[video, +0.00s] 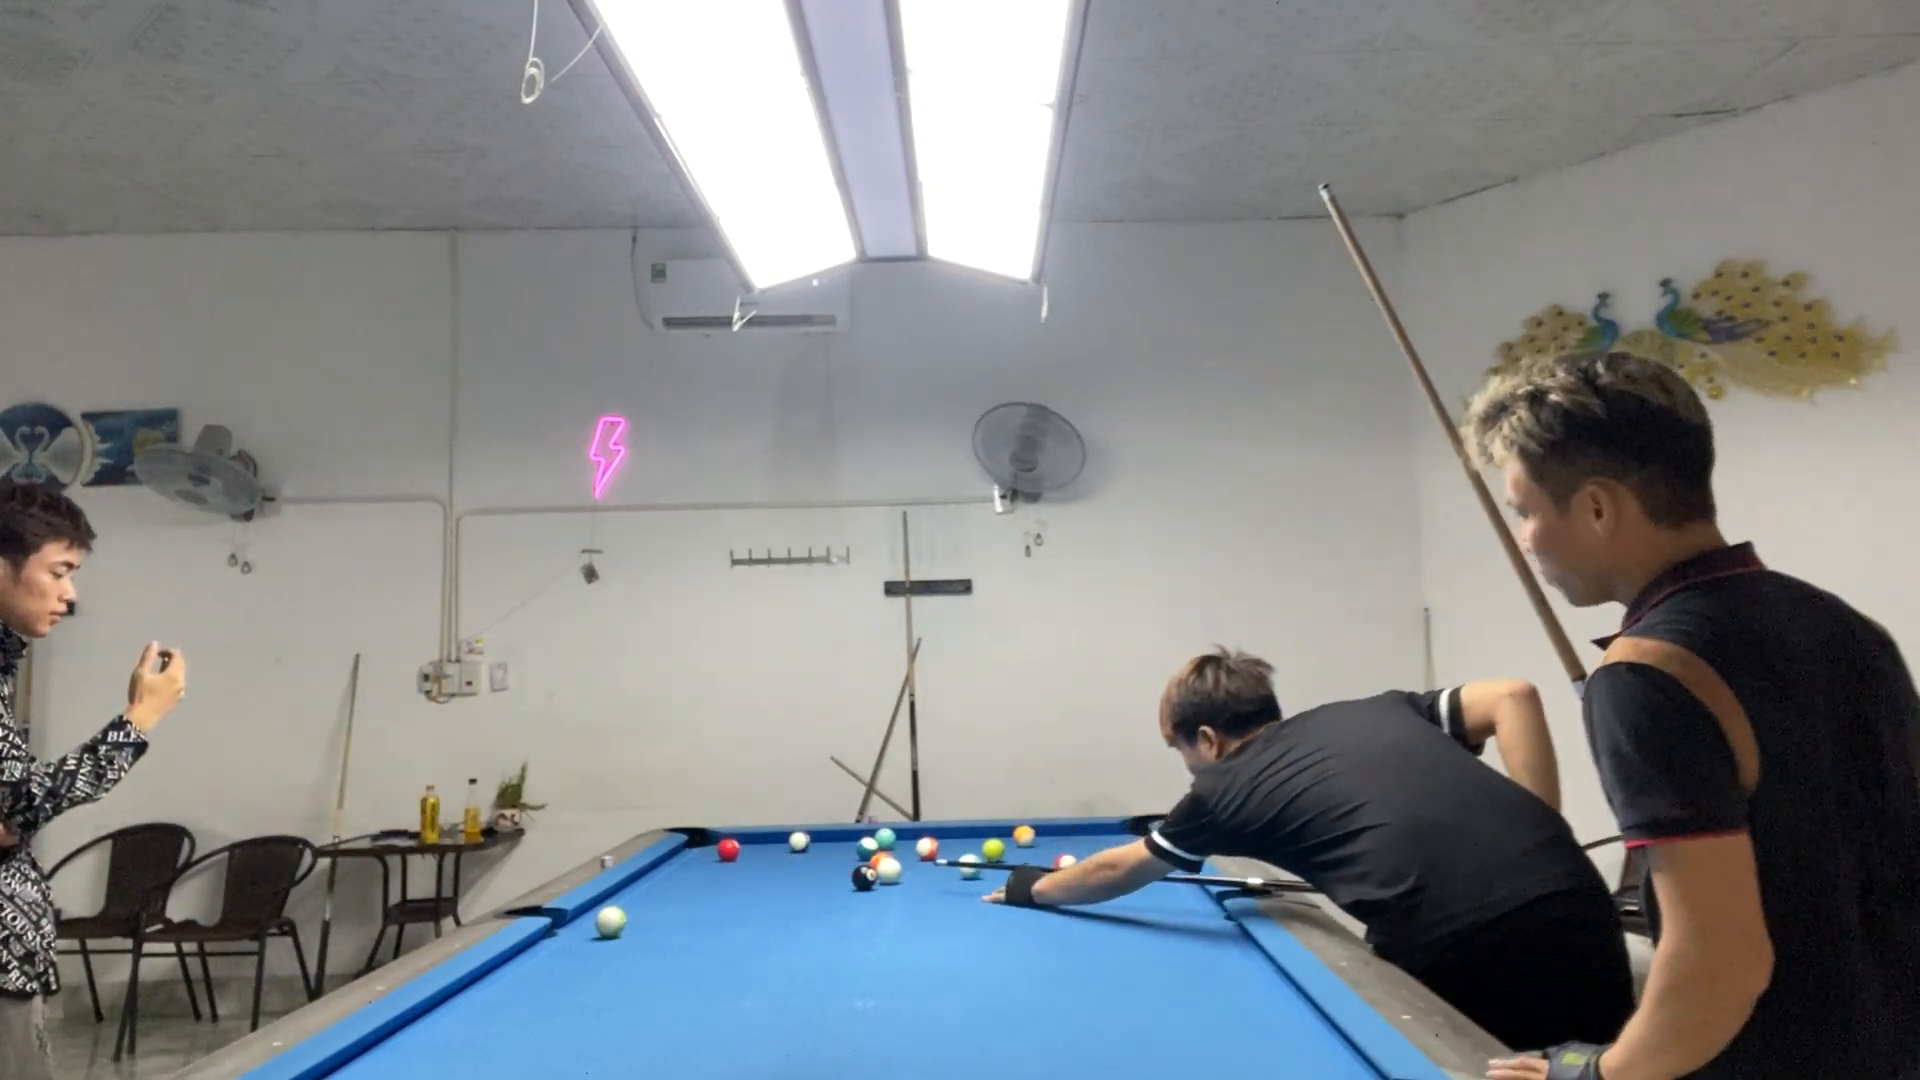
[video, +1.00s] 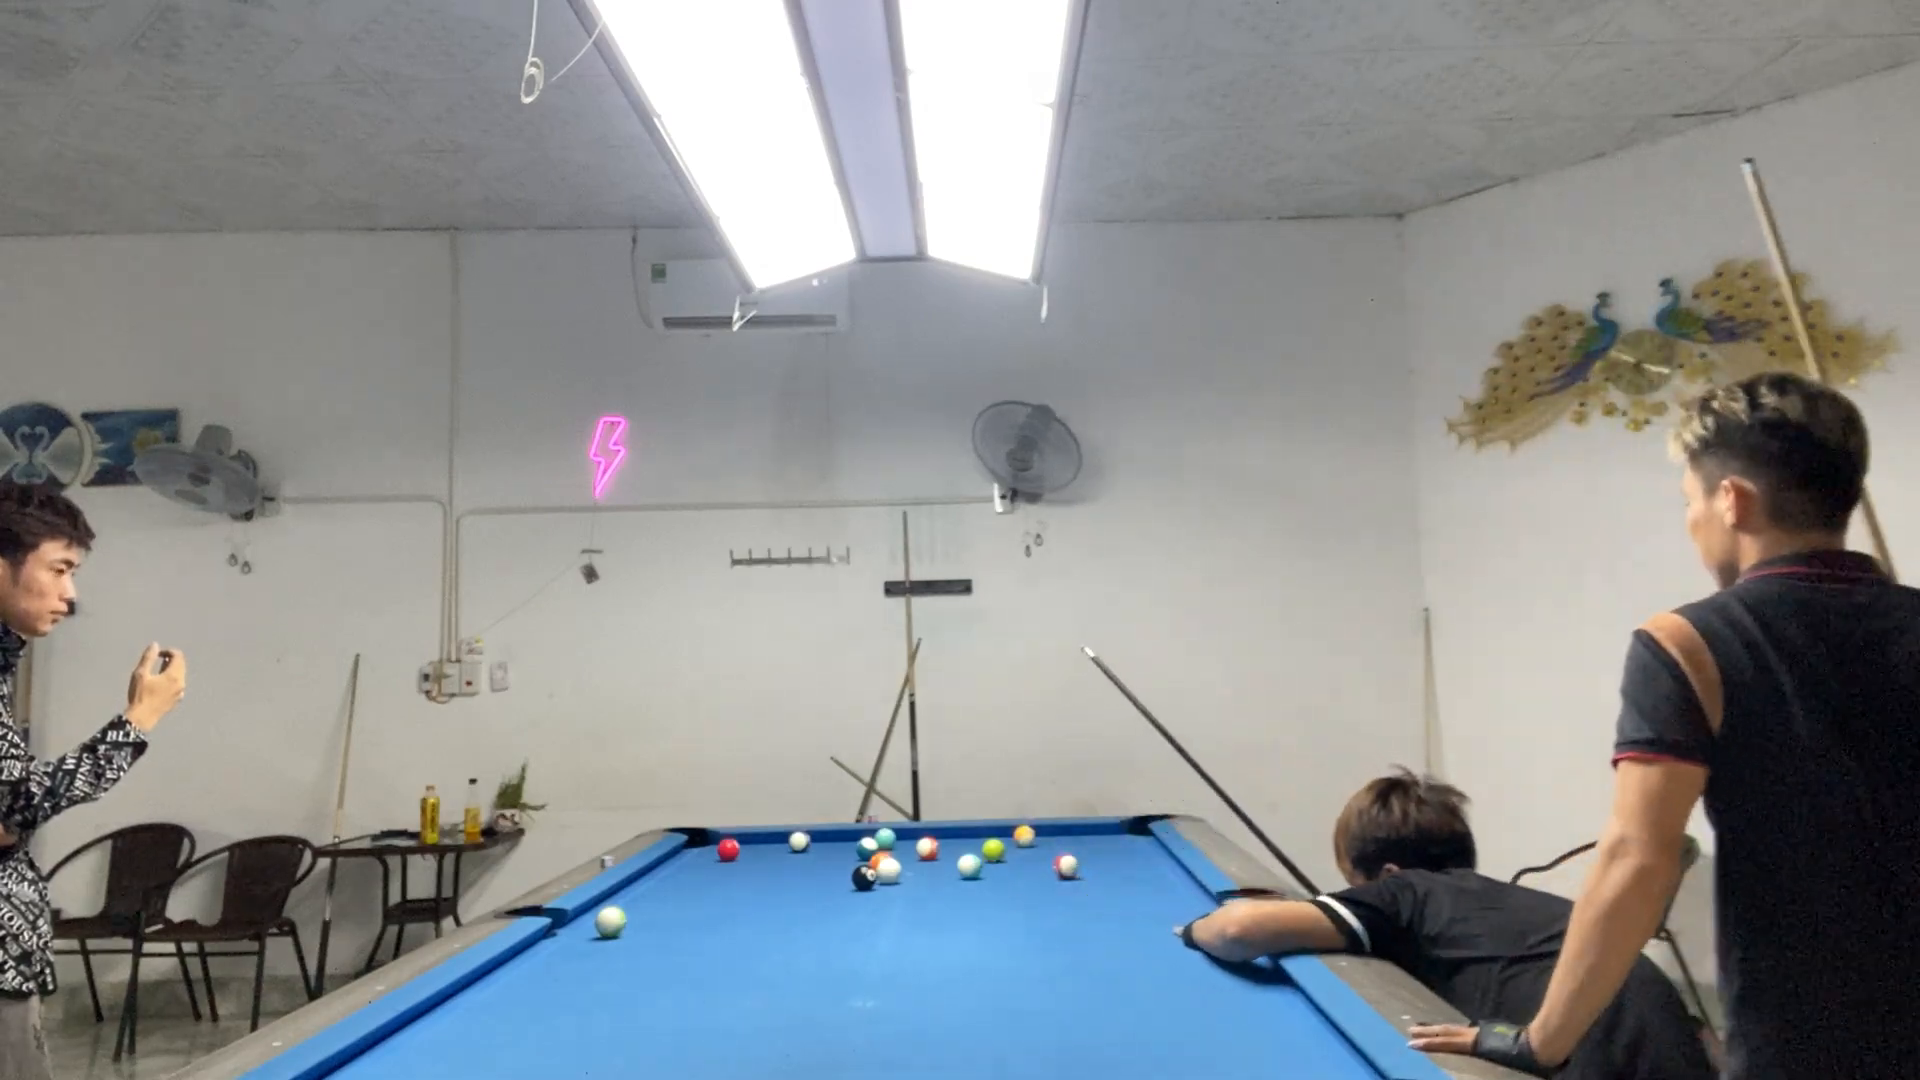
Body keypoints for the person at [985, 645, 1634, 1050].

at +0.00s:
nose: (1186, 766)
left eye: (1183, 752)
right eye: (1180, 754)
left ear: (1208, 740)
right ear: (1272, 707)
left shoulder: (1221, 790)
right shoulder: (1381, 710)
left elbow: (1110, 872)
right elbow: (1512, 697)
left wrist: (1038, 888)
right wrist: (1544, 832)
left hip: (1452, 939)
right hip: (1571, 903)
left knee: (1445, 1072)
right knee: (1598, 1066)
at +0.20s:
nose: (1198, 795)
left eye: (1194, 783)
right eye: (1191, 784)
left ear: (1221, 768)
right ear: (1281, 736)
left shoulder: (1236, 812)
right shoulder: (1394, 735)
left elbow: (1120, 893)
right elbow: (1535, 725)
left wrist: (1041, 893)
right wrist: (1599, 835)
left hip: (1492, 967)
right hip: (1609, 917)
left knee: (1401, 1053)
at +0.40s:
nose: (1235, 822)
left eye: (1234, 810)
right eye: (1231, 811)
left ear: (1259, 795)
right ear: (1323, 761)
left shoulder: (1275, 831)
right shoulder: (1441, 775)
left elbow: (1152, 907)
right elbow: (1563, 773)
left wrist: (1068, 901)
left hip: (1524, 996)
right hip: (1619, 957)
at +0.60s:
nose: (1284, 843)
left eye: (1282, 830)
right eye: (1277, 832)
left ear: (1311, 813)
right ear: (1377, 789)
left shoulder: (1331, 841)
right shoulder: (1450, 816)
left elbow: (1181, 916)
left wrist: (1114, 906)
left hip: (1577, 1024)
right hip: (1656, 983)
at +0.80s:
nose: (1326, 866)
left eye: (1327, 853)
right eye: (1322, 854)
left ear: (1360, 842)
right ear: (1431, 824)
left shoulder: (1372, 866)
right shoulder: (1511, 862)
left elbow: (1201, 911)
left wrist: (1170, 923)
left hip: (1616, 1040)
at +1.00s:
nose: (1349, 883)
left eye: (1351, 872)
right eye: (1347, 874)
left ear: (1375, 870)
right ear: (1464, 854)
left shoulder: (1406, 893)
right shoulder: (1533, 901)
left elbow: (1236, 928)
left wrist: (1203, 928)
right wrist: (1496, 1038)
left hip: (1598, 1055)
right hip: (1686, 1053)